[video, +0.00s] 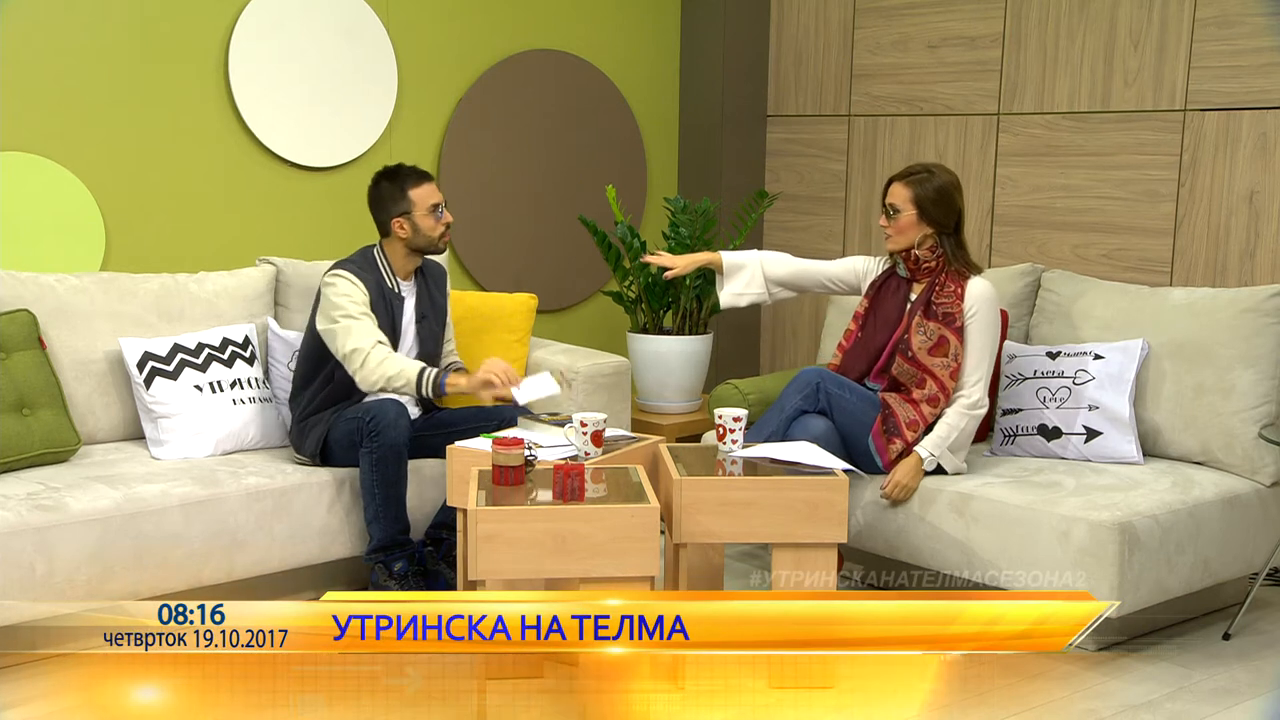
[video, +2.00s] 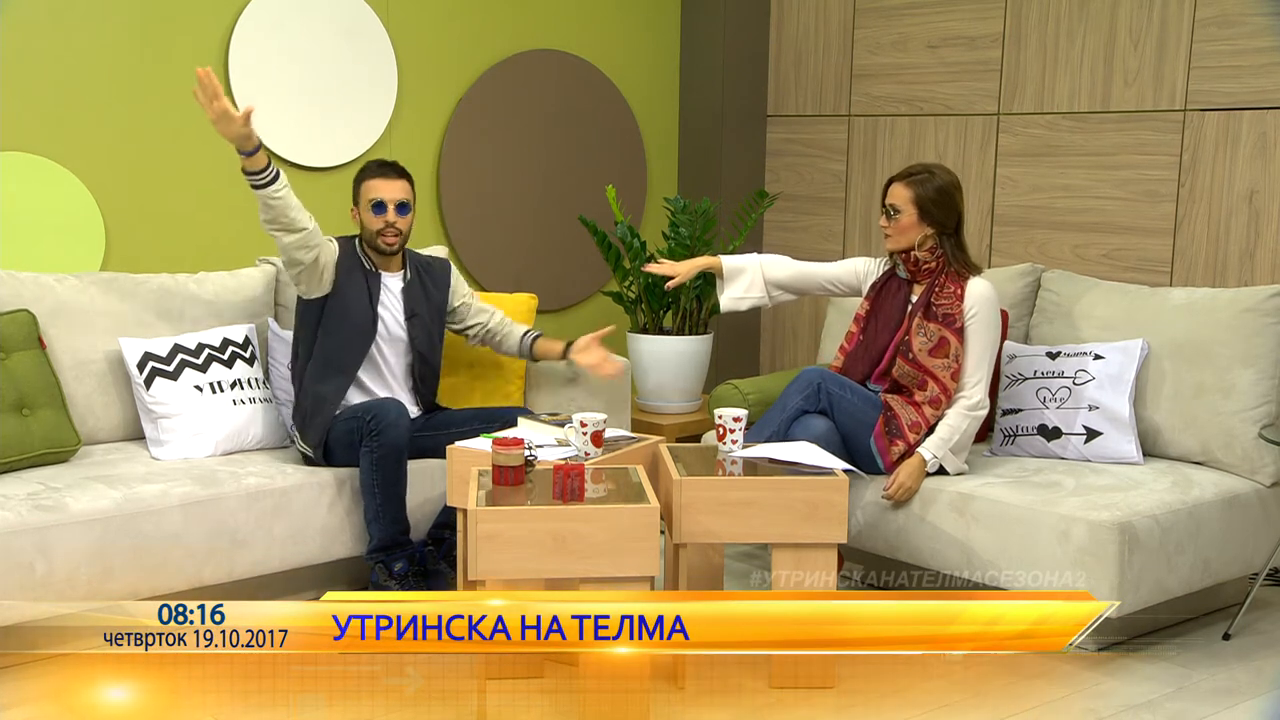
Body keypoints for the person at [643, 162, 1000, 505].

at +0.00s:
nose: (883, 222)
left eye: (895, 213)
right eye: (885, 212)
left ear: (931, 222)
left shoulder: (974, 293)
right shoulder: (882, 270)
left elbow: (971, 398)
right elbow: (799, 271)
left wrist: (921, 459)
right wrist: (704, 259)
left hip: (914, 439)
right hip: (861, 422)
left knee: (816, 379)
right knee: (810, 429)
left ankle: (728, 469)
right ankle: (804, 571)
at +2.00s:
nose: (883, 222)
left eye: (895, 214)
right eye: (885, 212)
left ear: (932, 222)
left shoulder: (974, 294)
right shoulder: (881, 271)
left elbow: (972, 399)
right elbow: (797, 273)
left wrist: (922, 460)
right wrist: (705, 263)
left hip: (914, 439)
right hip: (861, 421)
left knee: (817, 379)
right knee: (811, 429)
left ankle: (727, 465)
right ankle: (802, 570)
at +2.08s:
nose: (883, 222)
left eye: (895, 213)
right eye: (885, 212)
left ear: (932, 222)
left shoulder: (974, 294)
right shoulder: (881, 272)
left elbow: (972, 398)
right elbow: (796, 273)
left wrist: (922, 460)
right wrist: (705, 263)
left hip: (915, 440)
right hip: (862, 423)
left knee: (816, 379)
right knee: (811, 429)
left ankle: (729, 468)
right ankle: (804, 569)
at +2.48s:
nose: (883, 221)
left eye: (894, 212)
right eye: (884, 211)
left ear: (932, 220)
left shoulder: (974, 293)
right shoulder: (880, 273)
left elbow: (971, 397)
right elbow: (796, 276)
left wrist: (922, 460)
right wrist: (701, 270)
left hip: (915, 440)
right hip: (862, 423)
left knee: (816, 380)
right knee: (811, 429)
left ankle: (727, 468)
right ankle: (809, 569)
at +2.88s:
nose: (893, 221)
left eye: (905, 212)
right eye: (894, 211)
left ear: (943, 220)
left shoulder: (982, 292)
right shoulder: (888, 273)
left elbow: (972, 393)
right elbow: (806, 281)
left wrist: (925, 457)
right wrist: (715, 279)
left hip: (920, 438)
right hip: (865, 422)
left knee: (812, 381)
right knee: (809, 431)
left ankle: (732, 470)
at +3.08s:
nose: (917, 223)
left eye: (933, 214)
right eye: (914, 213)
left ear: (964, 227)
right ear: (907, 219)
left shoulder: (989, 295)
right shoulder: (890, 276)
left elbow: (1002, 372)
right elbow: (807, 290)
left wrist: (971, 429)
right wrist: (714, 295)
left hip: (922, 436)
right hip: (864, 421)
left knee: (813, 380)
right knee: (809, 431)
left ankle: (734, 468)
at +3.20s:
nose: (927, 223)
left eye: (943, 216)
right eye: (922, 213)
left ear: (972, 227)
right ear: (914, 219)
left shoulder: (991, 294)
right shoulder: (897, 279)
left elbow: (1032, 316)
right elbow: (811, 295)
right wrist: (716, 302)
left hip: (926, 440)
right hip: (868, 423)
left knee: (812, 380)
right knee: (809, 429)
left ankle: (732, 475)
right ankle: (804, 571)